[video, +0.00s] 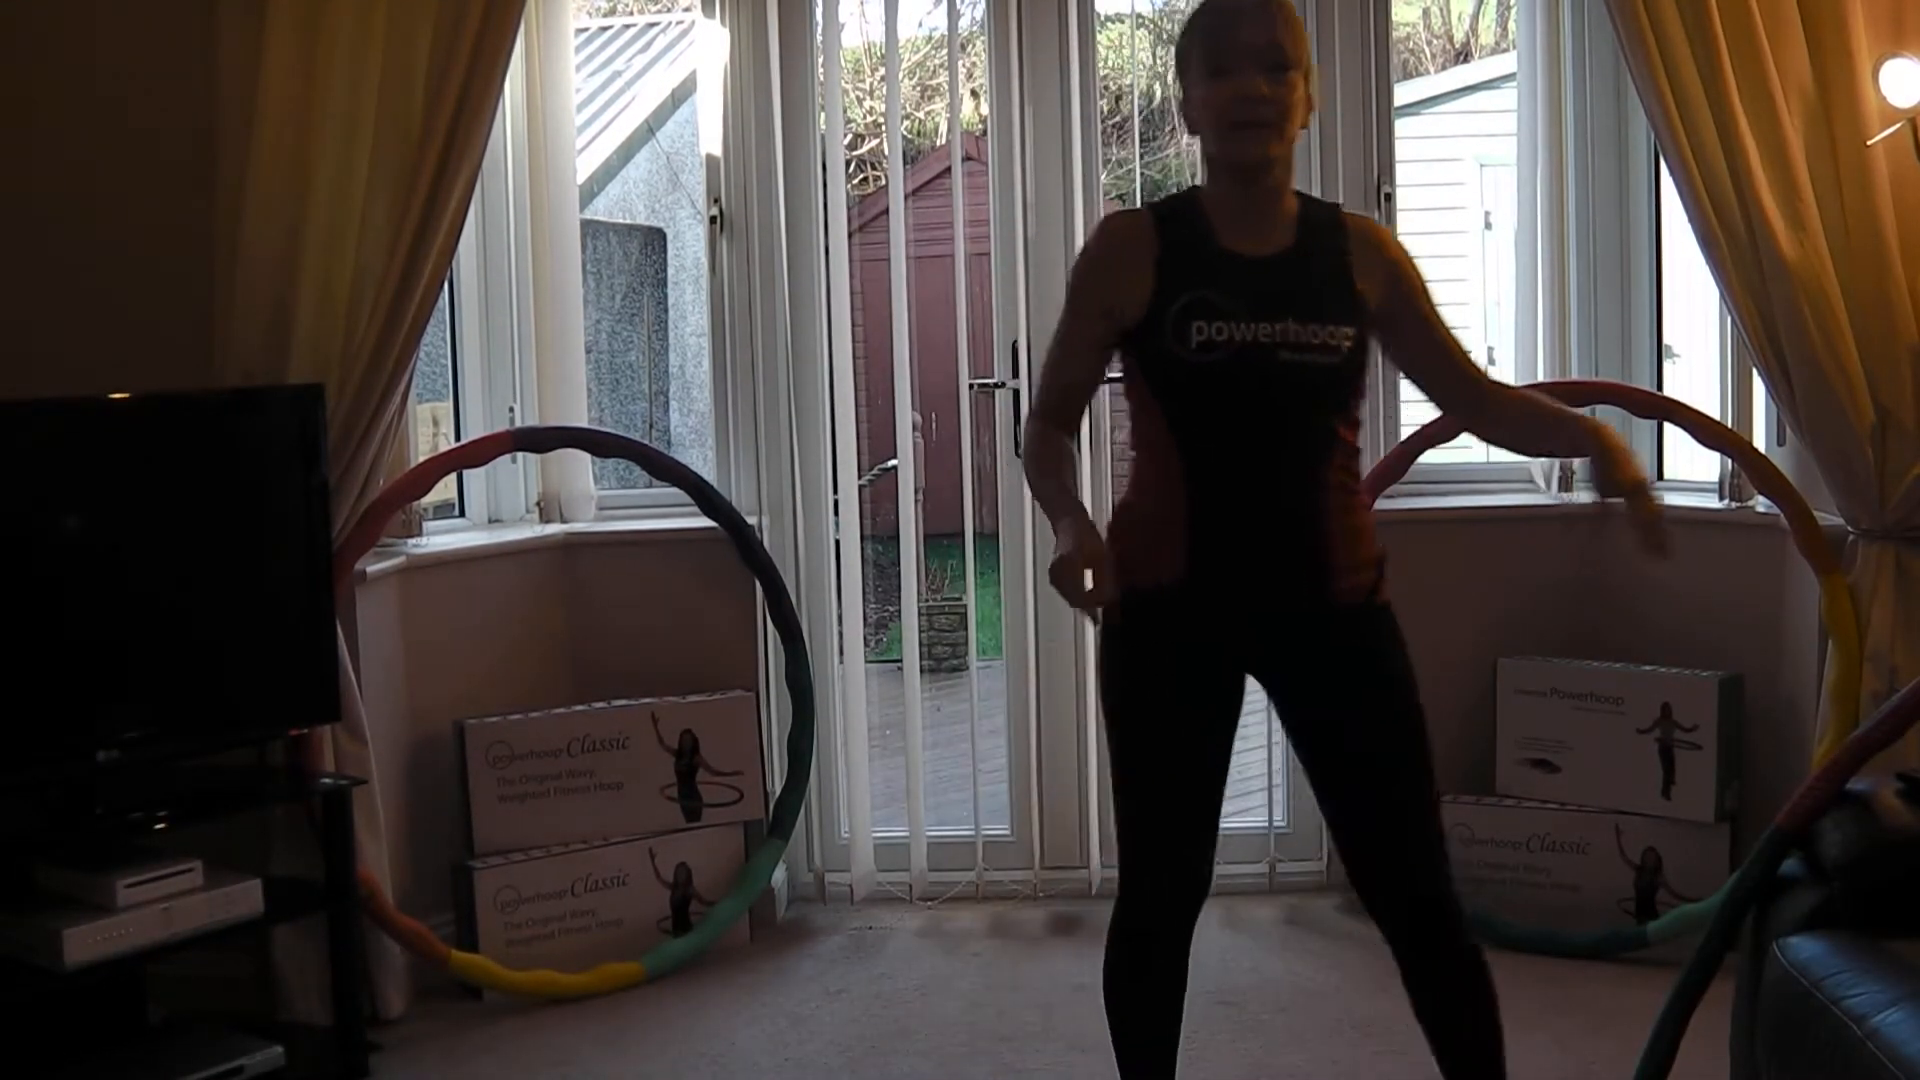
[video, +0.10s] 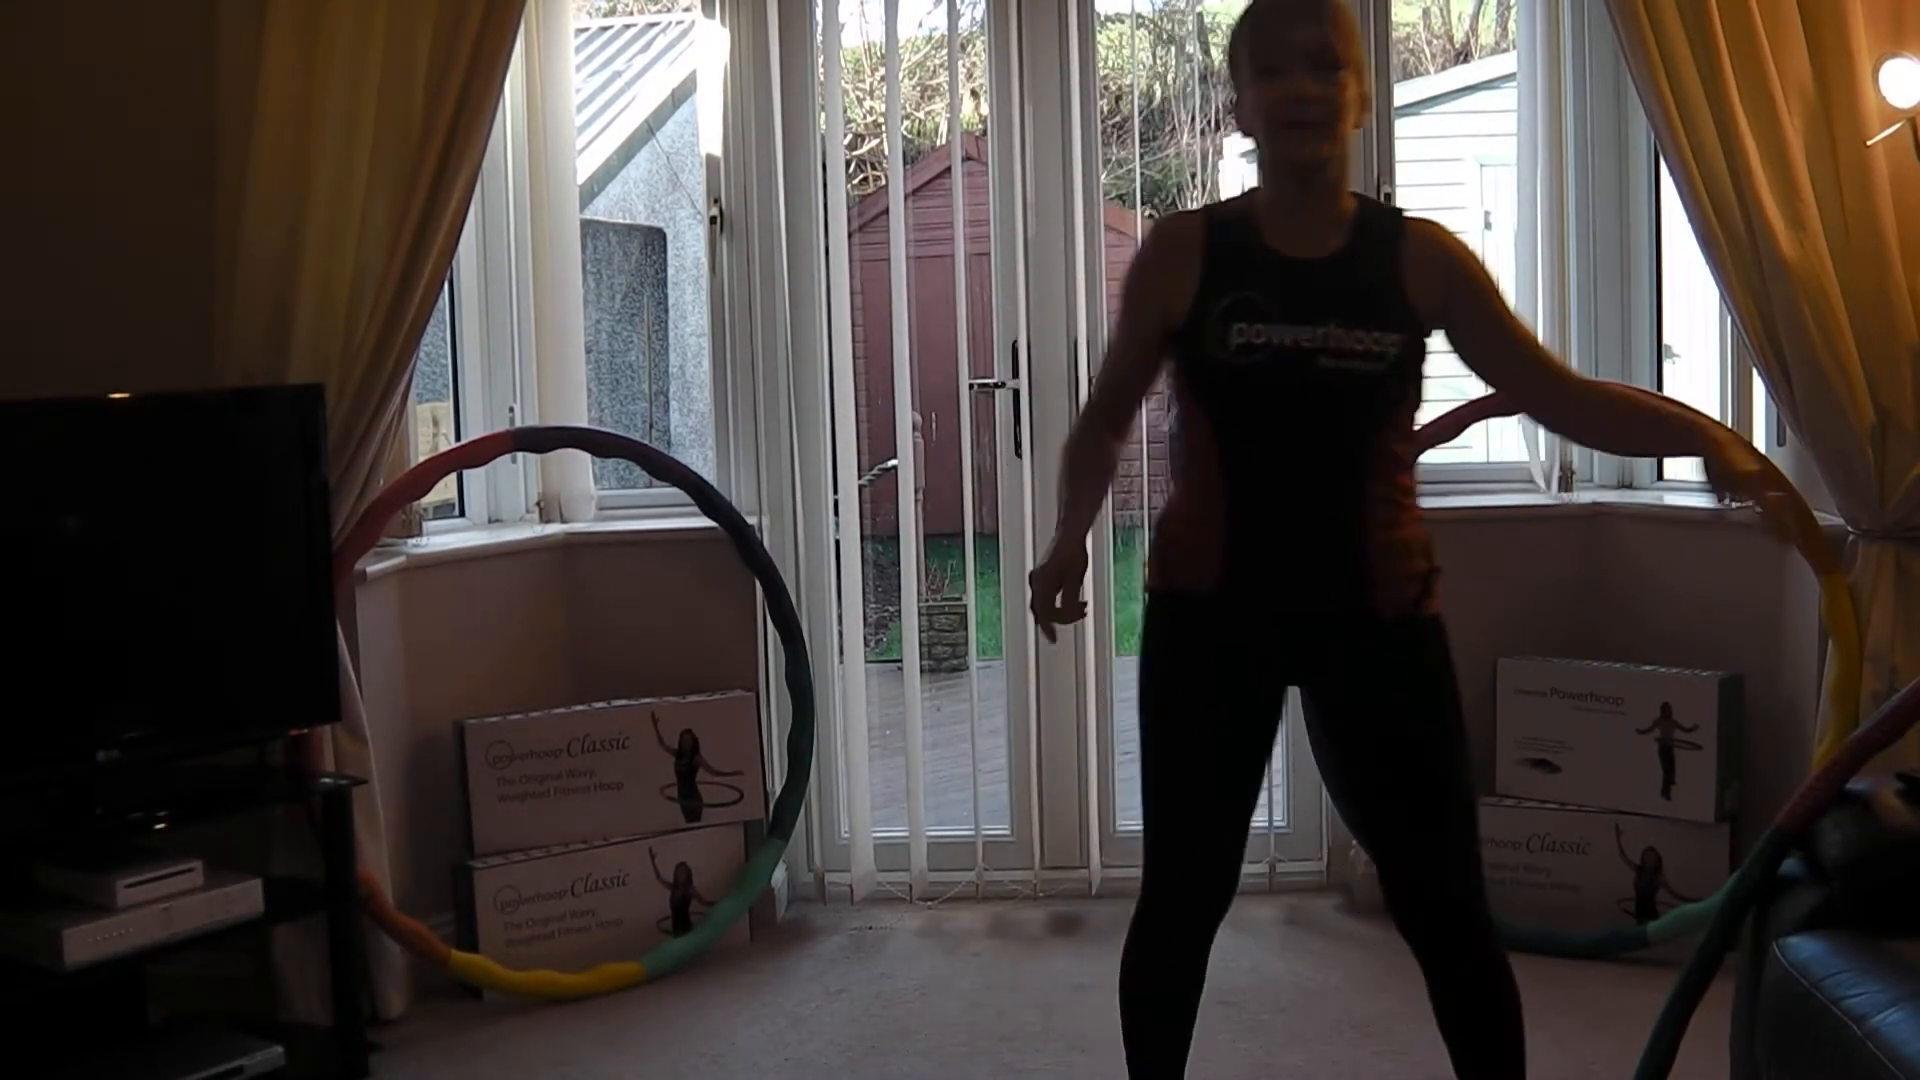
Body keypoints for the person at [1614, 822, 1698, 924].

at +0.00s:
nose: (1649, 859)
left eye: (1652, 857)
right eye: (1646, 856)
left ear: (1657, 860)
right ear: (1642, 858)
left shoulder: (1658, 876)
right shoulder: (1639, 870)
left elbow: (1674, 894)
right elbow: (1623, 856)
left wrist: (1693, 901)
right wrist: (1618, 837)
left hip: (1651, 911)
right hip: (1639, 910)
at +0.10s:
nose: (1649, 860)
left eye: (1652, 857)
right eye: (1646, 856)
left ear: (1657, 860)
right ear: (1642, 858)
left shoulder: (1658, 877)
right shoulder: (1639, 870)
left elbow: (1674, 895)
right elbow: (1623, 857)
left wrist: (1693, 901)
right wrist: (1618, 838)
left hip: (1651, 911)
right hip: (1639, 910)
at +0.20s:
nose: (1649, 860)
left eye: (1652, 857)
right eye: (1646, 857)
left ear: (1656, 859)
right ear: (1642, 858)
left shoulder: (1658, 876)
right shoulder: (1639, 871)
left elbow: (1673, 895)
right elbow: (1623, 857)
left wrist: (1692, 901)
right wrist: (1618, 838)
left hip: (1651, 911)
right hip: (1638, 910)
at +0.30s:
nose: (1649, 860)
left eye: (1651, 857)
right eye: (1646, 857)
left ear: (1656, 859)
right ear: (1642, 858)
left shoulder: (1658, 876)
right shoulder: (1639, 871)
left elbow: (1673, 895)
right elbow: (1623, 858)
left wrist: (1692, 901)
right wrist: (1618, 838)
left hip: (1651, 912)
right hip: (1639, 911)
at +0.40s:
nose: (1648, 860)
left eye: (1651, 857)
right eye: (1646, 857)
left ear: (1656, 860)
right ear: (1642, 858)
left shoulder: (1658, 876)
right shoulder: (1638, 871)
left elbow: (1673, 895)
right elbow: (1623, 857)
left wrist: (1693, 901)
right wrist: (1618, 838)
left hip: (1651, 912)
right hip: (1638, 911)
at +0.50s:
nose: (1648, 860)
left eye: (1651, 857)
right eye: (1646, 857)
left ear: (1656, 859)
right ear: (1642, 858)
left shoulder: (1658, 876)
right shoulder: (1639, 871)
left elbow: (1673, 895)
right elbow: (1623, 857)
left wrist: (1693, 901)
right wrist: (1618, 838)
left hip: (1650, 912)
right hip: (1638, 910)